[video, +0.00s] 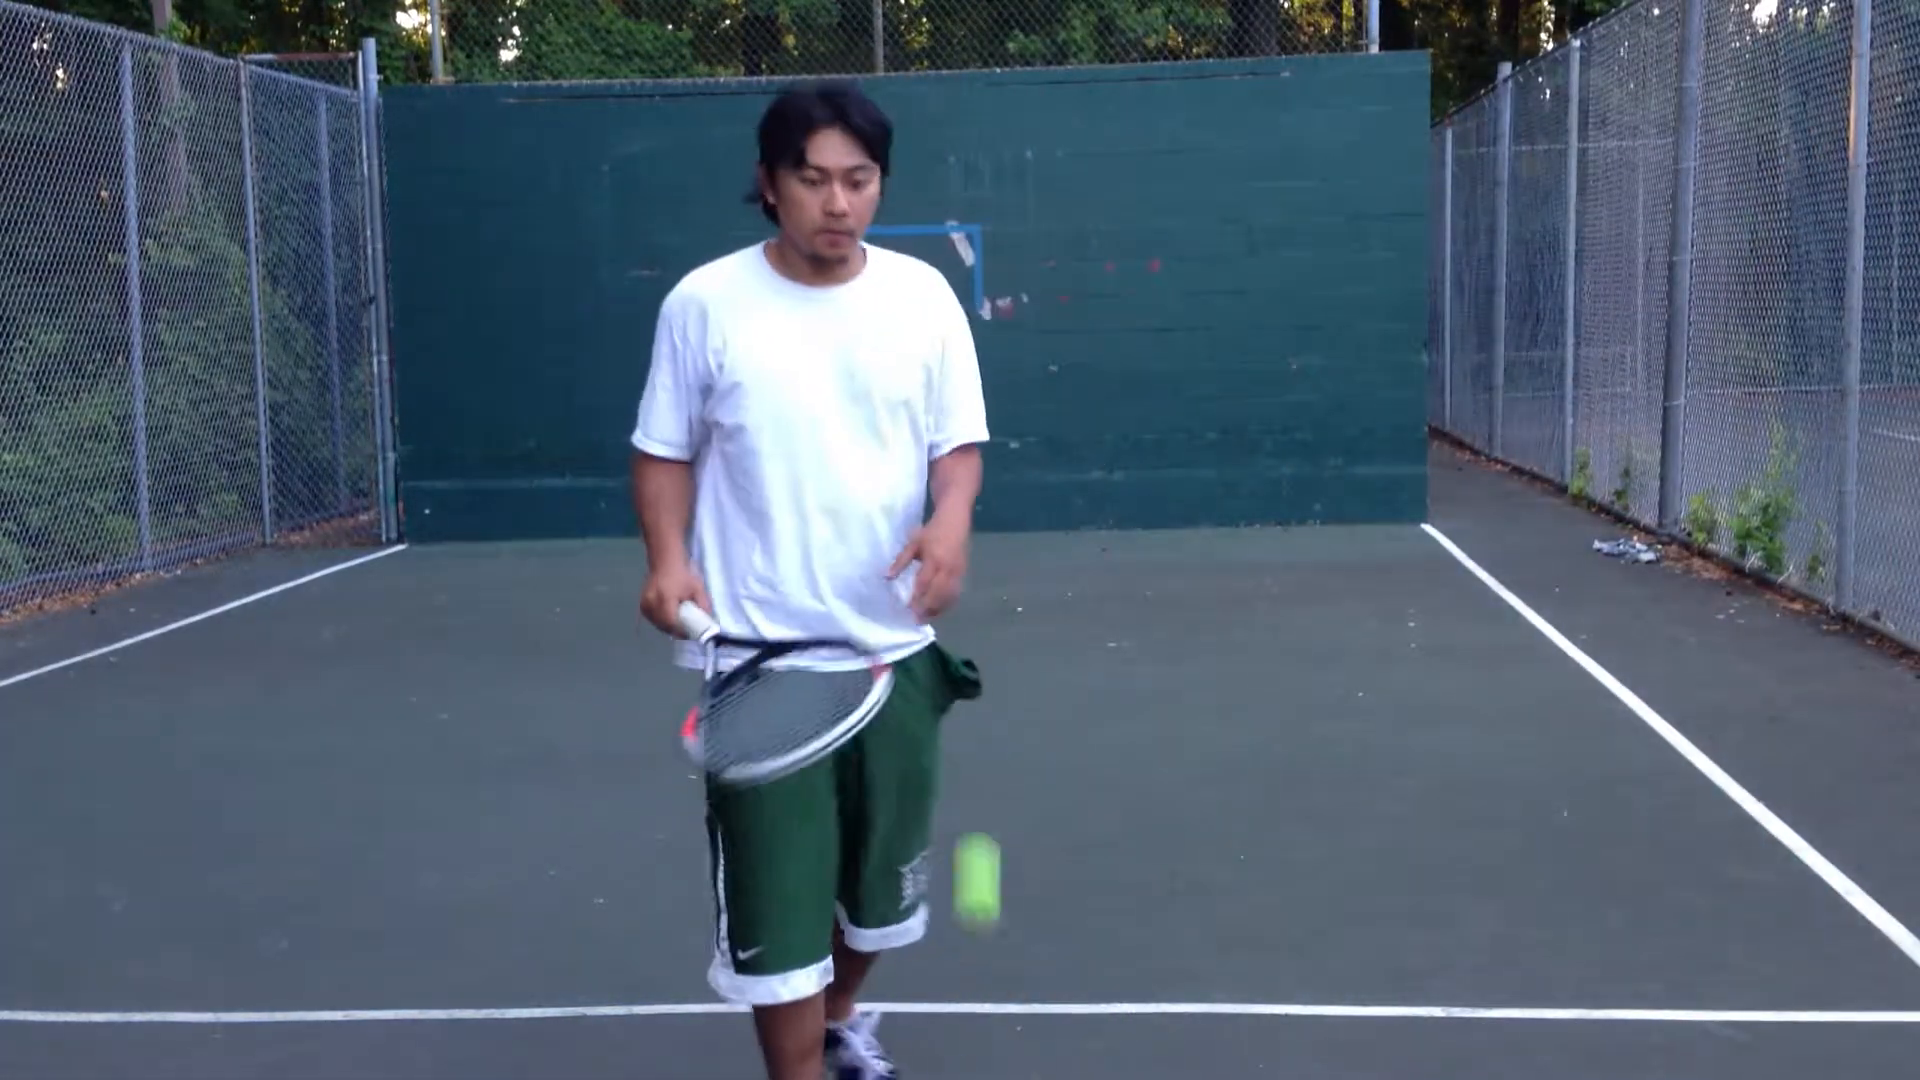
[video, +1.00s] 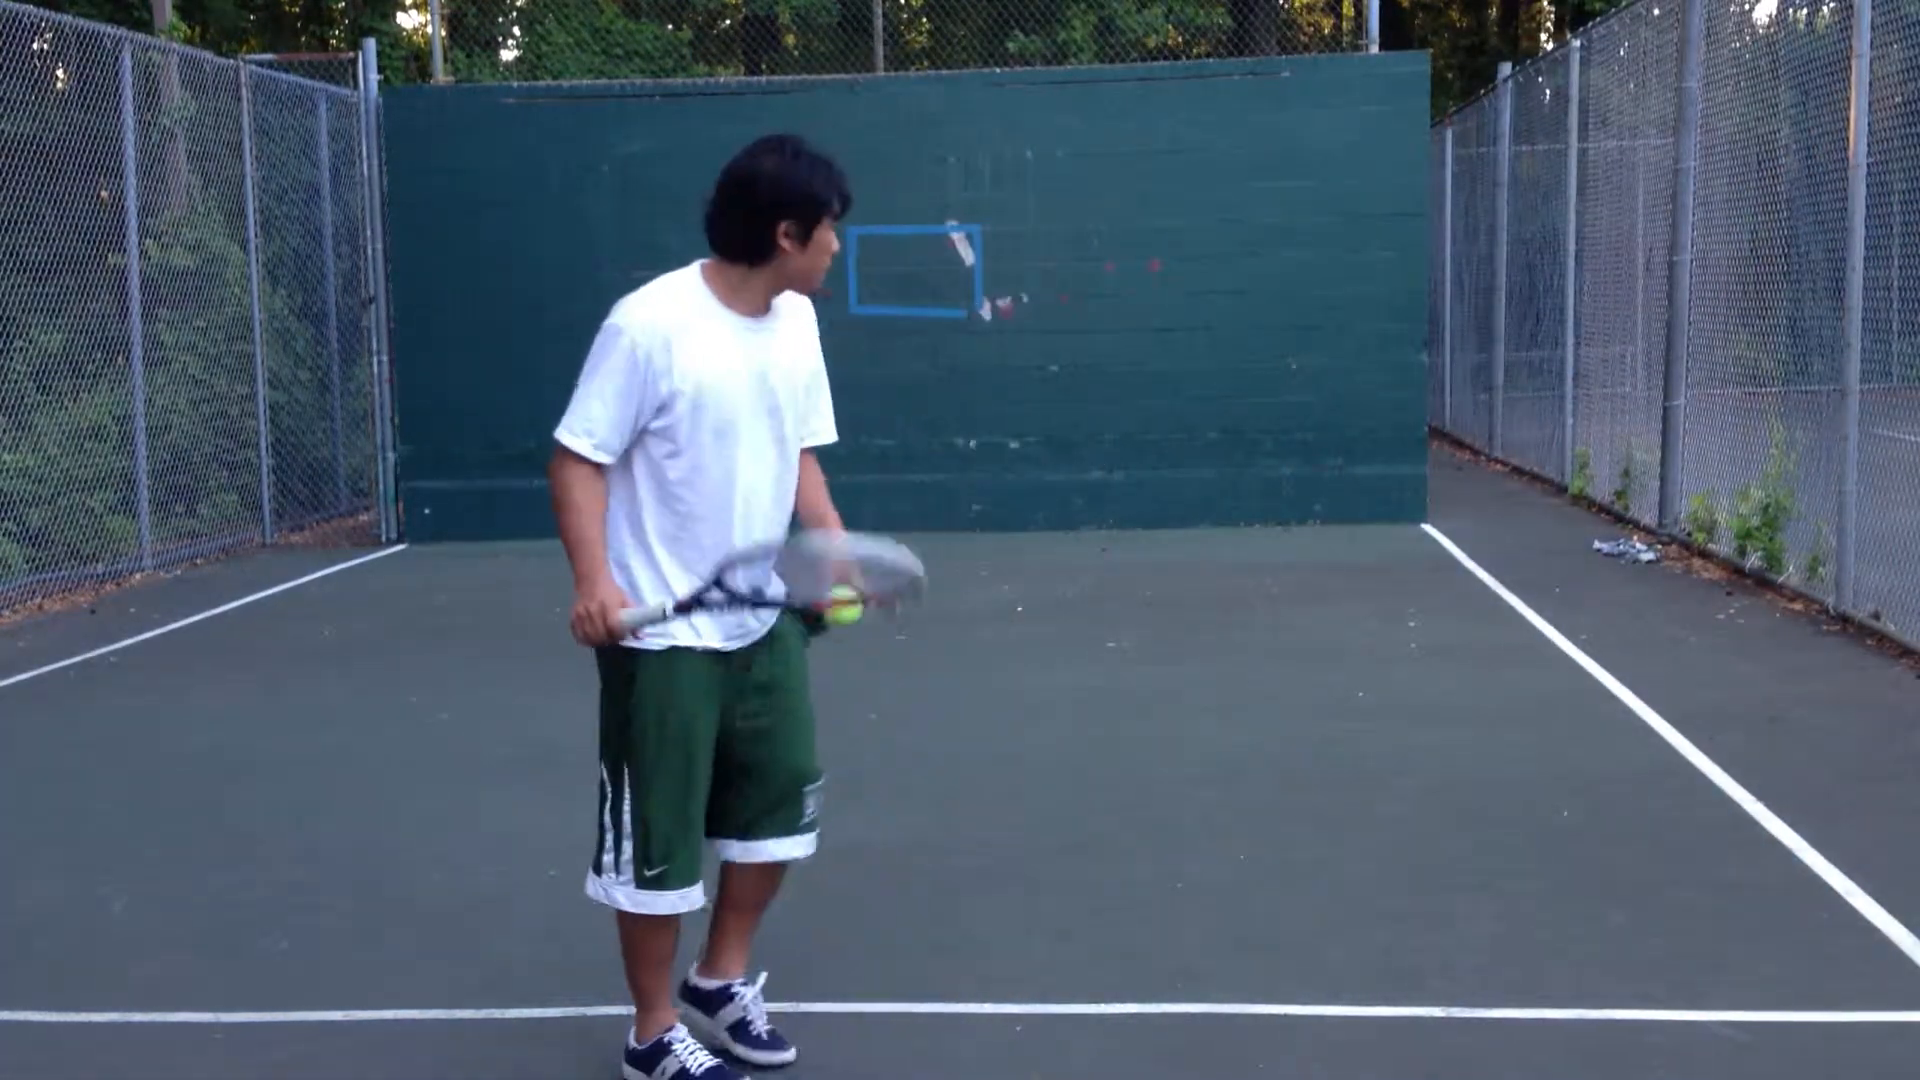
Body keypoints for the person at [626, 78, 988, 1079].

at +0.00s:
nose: (838, 201)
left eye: (856, 179)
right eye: (815, 180)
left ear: (879, 186)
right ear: (770, 187)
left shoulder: (923, 296)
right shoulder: (704, 304)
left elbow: (958, 439)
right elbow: (663, 451)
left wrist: (950, 526)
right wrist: (668, 557)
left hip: (893, 648)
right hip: (757, 654)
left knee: (879, 883)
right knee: (780, 912)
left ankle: (835, 1023)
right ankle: (797, 1076)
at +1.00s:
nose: (837, 249)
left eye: (836, 233)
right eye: (829, 234)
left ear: (772, 235)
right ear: (781, 237)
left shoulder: (794, 317)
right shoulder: (648, 324)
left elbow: (798, 455)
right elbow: (576, 457)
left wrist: (833, 556)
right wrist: (592, 580)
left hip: (766, 620)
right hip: (661, 630)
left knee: (774, 807)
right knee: (657, 841)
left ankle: (720, 984)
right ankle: (652, 1033)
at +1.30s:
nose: (862, 269)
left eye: (864, 253)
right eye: (859, 252)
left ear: (810, 245)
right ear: (824, 247)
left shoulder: (792, 331)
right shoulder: (713, 326)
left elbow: (833, 443)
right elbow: (630, 444)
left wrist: (932, 490)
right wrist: (619, 533)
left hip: (730, 618)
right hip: (674, 619)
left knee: (736, 807)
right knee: (672, 833)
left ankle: (776, 976)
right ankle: (652, 1036)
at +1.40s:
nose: (871, 277)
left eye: (875, 261)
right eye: (871, 260)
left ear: (811, 246)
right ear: (834, 254)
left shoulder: (780, 323)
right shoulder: (749, 330)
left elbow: (838, 408)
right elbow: (681, 453)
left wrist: (945, 425)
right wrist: (680, 555)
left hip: (725, 613)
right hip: (697, 618)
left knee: (721, 810)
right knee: (691, 828)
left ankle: (773, 976)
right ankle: (655, 1032)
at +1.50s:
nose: (876, 276)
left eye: (880, 260)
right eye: (875, 259)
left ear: (808, 242)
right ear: (838, 252)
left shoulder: (735, 291)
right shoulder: (779, 344)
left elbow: (796, 376)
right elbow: (748, 487)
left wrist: (904, 364)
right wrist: (767, 605)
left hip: (673, 591)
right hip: (728, 607)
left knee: (721, 803)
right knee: (734, 820)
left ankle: (776, 976)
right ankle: (660, 1017)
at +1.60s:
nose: (874, 271)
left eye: (877, 255)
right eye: (871, 256)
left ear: (792, 242)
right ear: (836, 252)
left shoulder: (712, 278)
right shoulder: (812, 362)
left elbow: (779, 324)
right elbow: (823, 521)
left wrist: (871, 323)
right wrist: (883, 629)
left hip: (669, 587)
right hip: (754, 606)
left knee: (729, 796)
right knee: (771, 802)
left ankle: (774, 976)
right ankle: (680, 971)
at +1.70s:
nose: (878, 278)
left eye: (882, 261)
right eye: (876, 259)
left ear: (788, 235)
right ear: (836, 248)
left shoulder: (698, 280)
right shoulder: (833, 358)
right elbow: (867, 496)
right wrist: (947, 549)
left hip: (679, 589)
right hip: (777, 601)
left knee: (718, 795)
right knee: (796, 793)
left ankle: (776, 975)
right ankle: (709, 949)